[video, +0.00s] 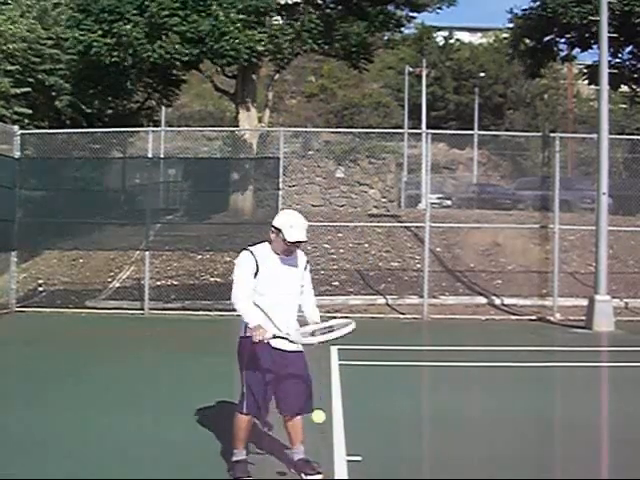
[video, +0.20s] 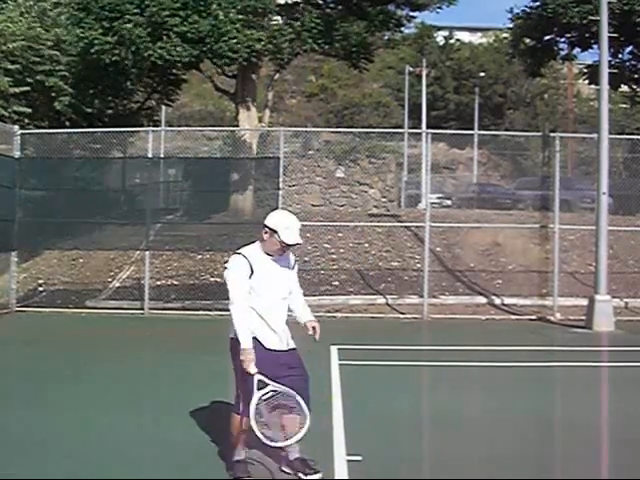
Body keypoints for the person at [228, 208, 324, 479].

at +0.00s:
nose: (293, 247)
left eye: (297, 243)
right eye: (288, 242)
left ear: (300, 240)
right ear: (273, 233)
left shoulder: (300, 260)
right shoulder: (250, 258)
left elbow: (307, 298)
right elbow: (240, 298)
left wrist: (317, 324)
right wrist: (255, 323)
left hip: (290, 342)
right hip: (258, 340)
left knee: (294, 401)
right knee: (250, 402)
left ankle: (299, 458)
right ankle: (239, 458)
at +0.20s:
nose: (287, 249)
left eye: (290, 244)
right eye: (283, 243)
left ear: (291, 241)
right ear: (267, 234)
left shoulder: (287, 259)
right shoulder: (241, 262)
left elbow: (293, 291)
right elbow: (239, 306)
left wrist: (307, 317)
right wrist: (246, 347)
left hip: (281, 340)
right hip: (250, 340)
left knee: (297, 390)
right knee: (247, 398)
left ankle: (292, 454)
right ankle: (238, 457)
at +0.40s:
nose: (292, 248)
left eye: (294, 244)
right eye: (289, 243)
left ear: (281, 238)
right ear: (272, 233)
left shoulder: (286, 263)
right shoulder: (242, 260)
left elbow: (293, 297)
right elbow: (231, 307)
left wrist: (313, 315)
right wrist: (233, 347)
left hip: (281, 342)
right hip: (252, 342)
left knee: (292, 397)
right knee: (250, 401)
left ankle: (298, 460)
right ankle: (238, 457)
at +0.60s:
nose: (306, 251)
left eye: (308, 247)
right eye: (304, 246)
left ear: (293, 240)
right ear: (287, 236)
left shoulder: (299, 267)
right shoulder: (255, 259)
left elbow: (315, 301)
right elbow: (235, 300)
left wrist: (349, 297)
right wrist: (227, 340)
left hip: (285, 344)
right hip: (253, 341)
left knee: (294, 400)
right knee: (248, 402)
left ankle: (300, 464)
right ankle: (240, 458)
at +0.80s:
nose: (325, 258)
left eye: (328, 254)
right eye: (324, 252)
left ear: (313, 246)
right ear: (307, 242)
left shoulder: (316, 278)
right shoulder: (273, 261)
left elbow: (326, 310)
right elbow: (255, 303)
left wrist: (349, 335)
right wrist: (248, 344)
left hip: (293, 350)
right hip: (263, 345)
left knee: (295, 407)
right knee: (250, 403)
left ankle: (300, 466)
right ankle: (239, 459)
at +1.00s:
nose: (329, 256)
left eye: (332, 252)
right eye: (328, 250)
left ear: (315, 245)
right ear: (312, 242)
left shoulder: (320, 277)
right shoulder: (278, 263)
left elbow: (330, 313)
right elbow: (271, 307)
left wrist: (353, 346)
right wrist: (282, 347)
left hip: (295, 344)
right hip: (263, 342)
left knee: (295, 402)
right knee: (251, 403)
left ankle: (299, 466)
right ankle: (232, 452)